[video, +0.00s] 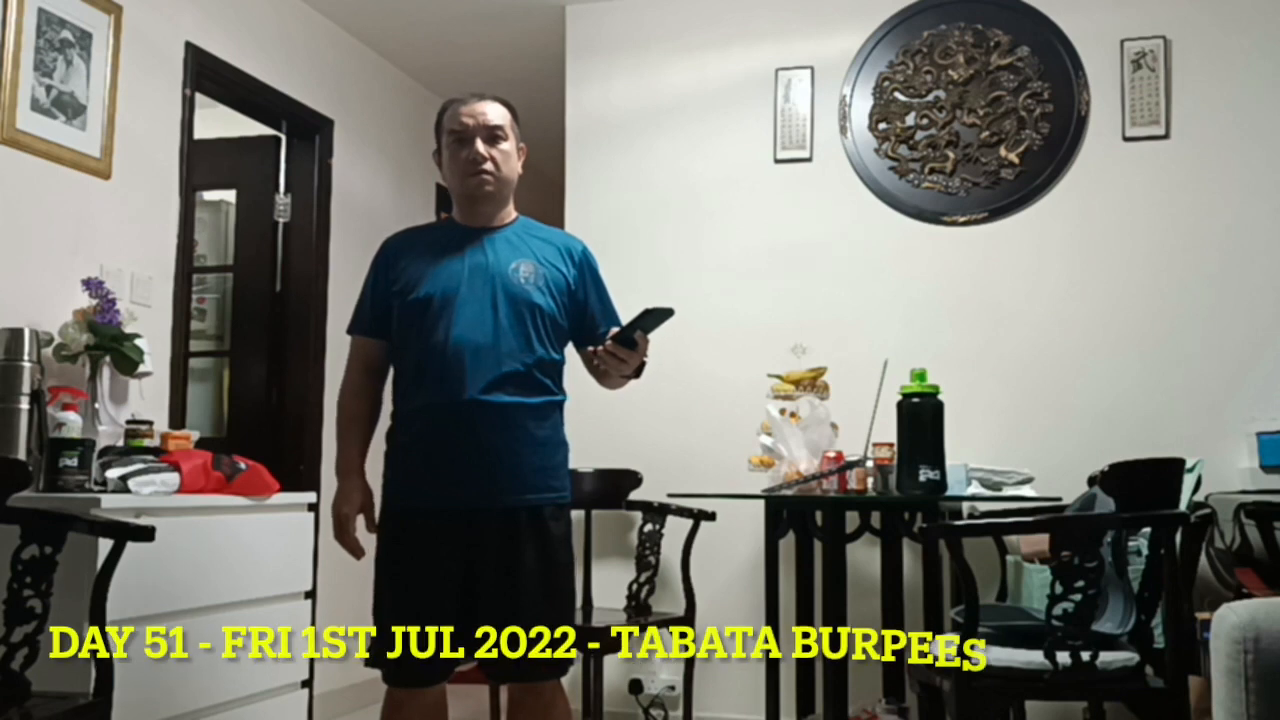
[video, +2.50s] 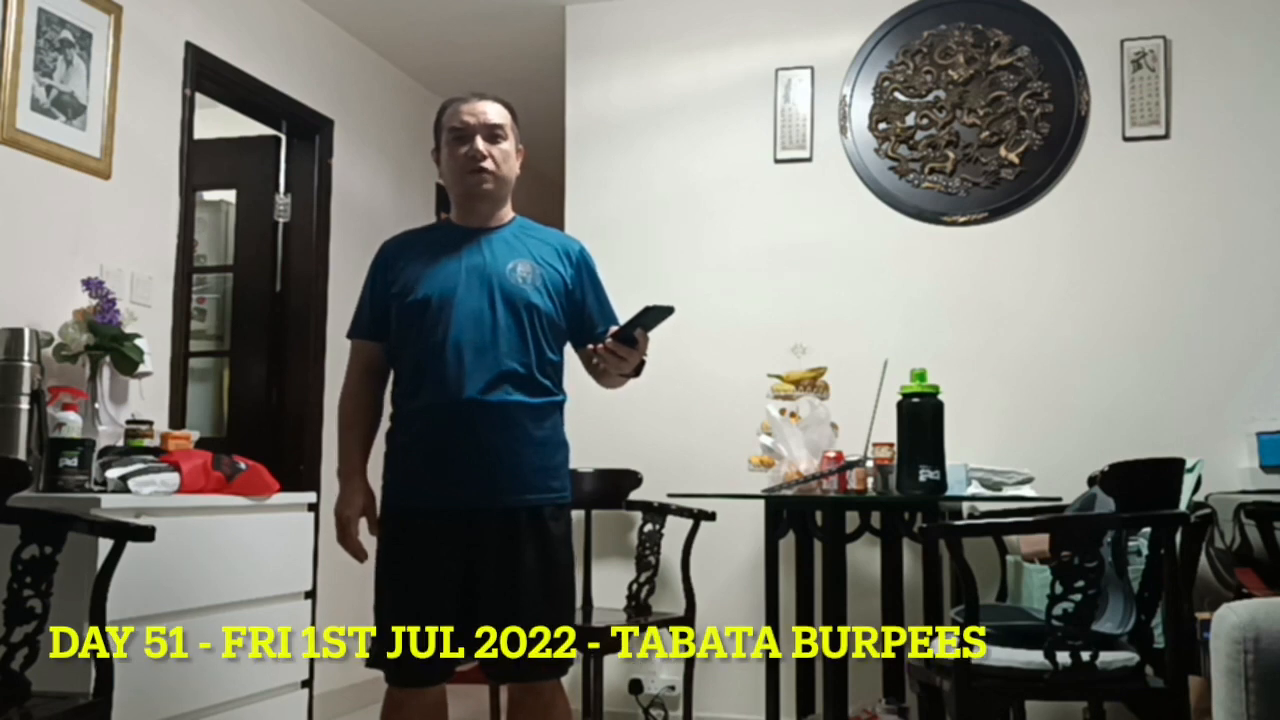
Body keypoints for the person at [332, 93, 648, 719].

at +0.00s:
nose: (477, 148)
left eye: (493, 136)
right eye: (460, 139)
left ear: (521, 158)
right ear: (439, 162)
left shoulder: (565, 252)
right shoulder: (401, 253)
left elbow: (605, 363)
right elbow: (364, 371)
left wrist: (622, 365)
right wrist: (350, 473)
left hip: (529, 497)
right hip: (421, 496)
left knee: (536, 681)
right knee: (411, 682)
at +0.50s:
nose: (478, 147)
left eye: (493, 135)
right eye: (460, 138)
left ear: (520, 158)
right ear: (439, 162)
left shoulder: (565, 253)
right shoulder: (401, 254)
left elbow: (606, 363)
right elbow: (365, 372)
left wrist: (622, 364)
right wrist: (351, 474)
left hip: (529, 497)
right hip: (422, 497)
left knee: (536, 681)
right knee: (412, 682)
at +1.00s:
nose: (476, 146)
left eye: (492, 134)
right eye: (459, 137)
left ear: (519, 158)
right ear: (437, 161)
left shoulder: (564, 253)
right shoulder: (400, 255)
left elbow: (604, 363)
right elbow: (365, 373)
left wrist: (622, 364)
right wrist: (351, 475)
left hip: (528, 496)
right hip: (421, 496)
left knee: (536, 681)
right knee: (411, 682)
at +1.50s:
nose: (477, 146)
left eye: (492, 135)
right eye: (459, 137)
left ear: (519, 158)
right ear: (437, 162)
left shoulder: (563, 253)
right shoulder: (399, 255)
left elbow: (604, 361)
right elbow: (364, 374)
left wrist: (622, 363)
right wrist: (351, 475)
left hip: (529, 496)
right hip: (421, 496)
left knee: (536, 680)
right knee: (412, 681)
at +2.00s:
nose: (478, 146)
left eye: (494, 135)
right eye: (460, 137)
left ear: (519, 159)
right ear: (438, 162)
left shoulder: (563, 253)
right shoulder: (400, 256)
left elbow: (603, 362)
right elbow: (365, 374)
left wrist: (622, 362)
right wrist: (352, 475)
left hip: (528, 496)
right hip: (422, 495)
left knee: (536, 680)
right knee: (412, 681)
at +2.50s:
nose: (478, 146)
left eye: (494, 135)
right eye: (460, 137)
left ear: (519, 159)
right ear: (438, 162)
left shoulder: (563, 253)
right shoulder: (400, 256)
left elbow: (603, 363)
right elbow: (365, 375)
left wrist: (622, 362)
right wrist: (352, 476)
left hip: (528, 496)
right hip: (422, 496)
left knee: (536, 680)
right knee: (412, 681)